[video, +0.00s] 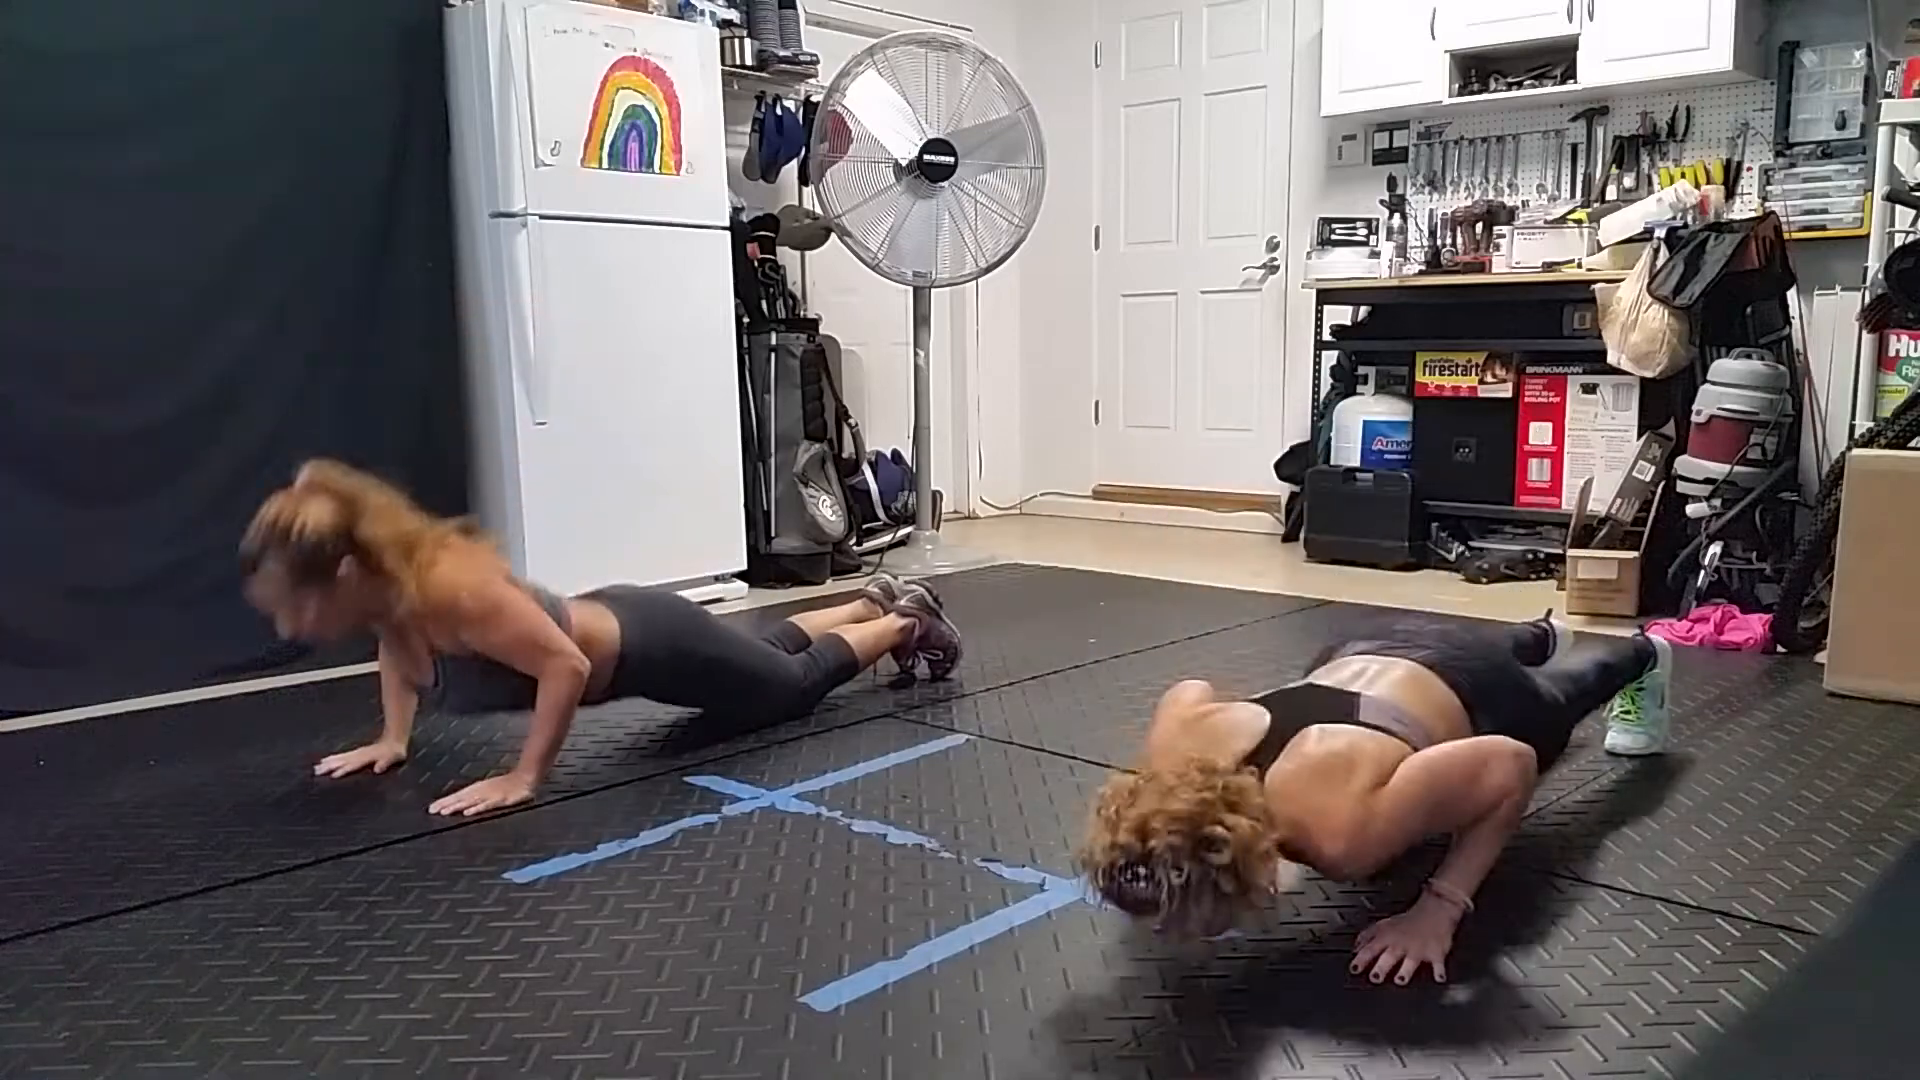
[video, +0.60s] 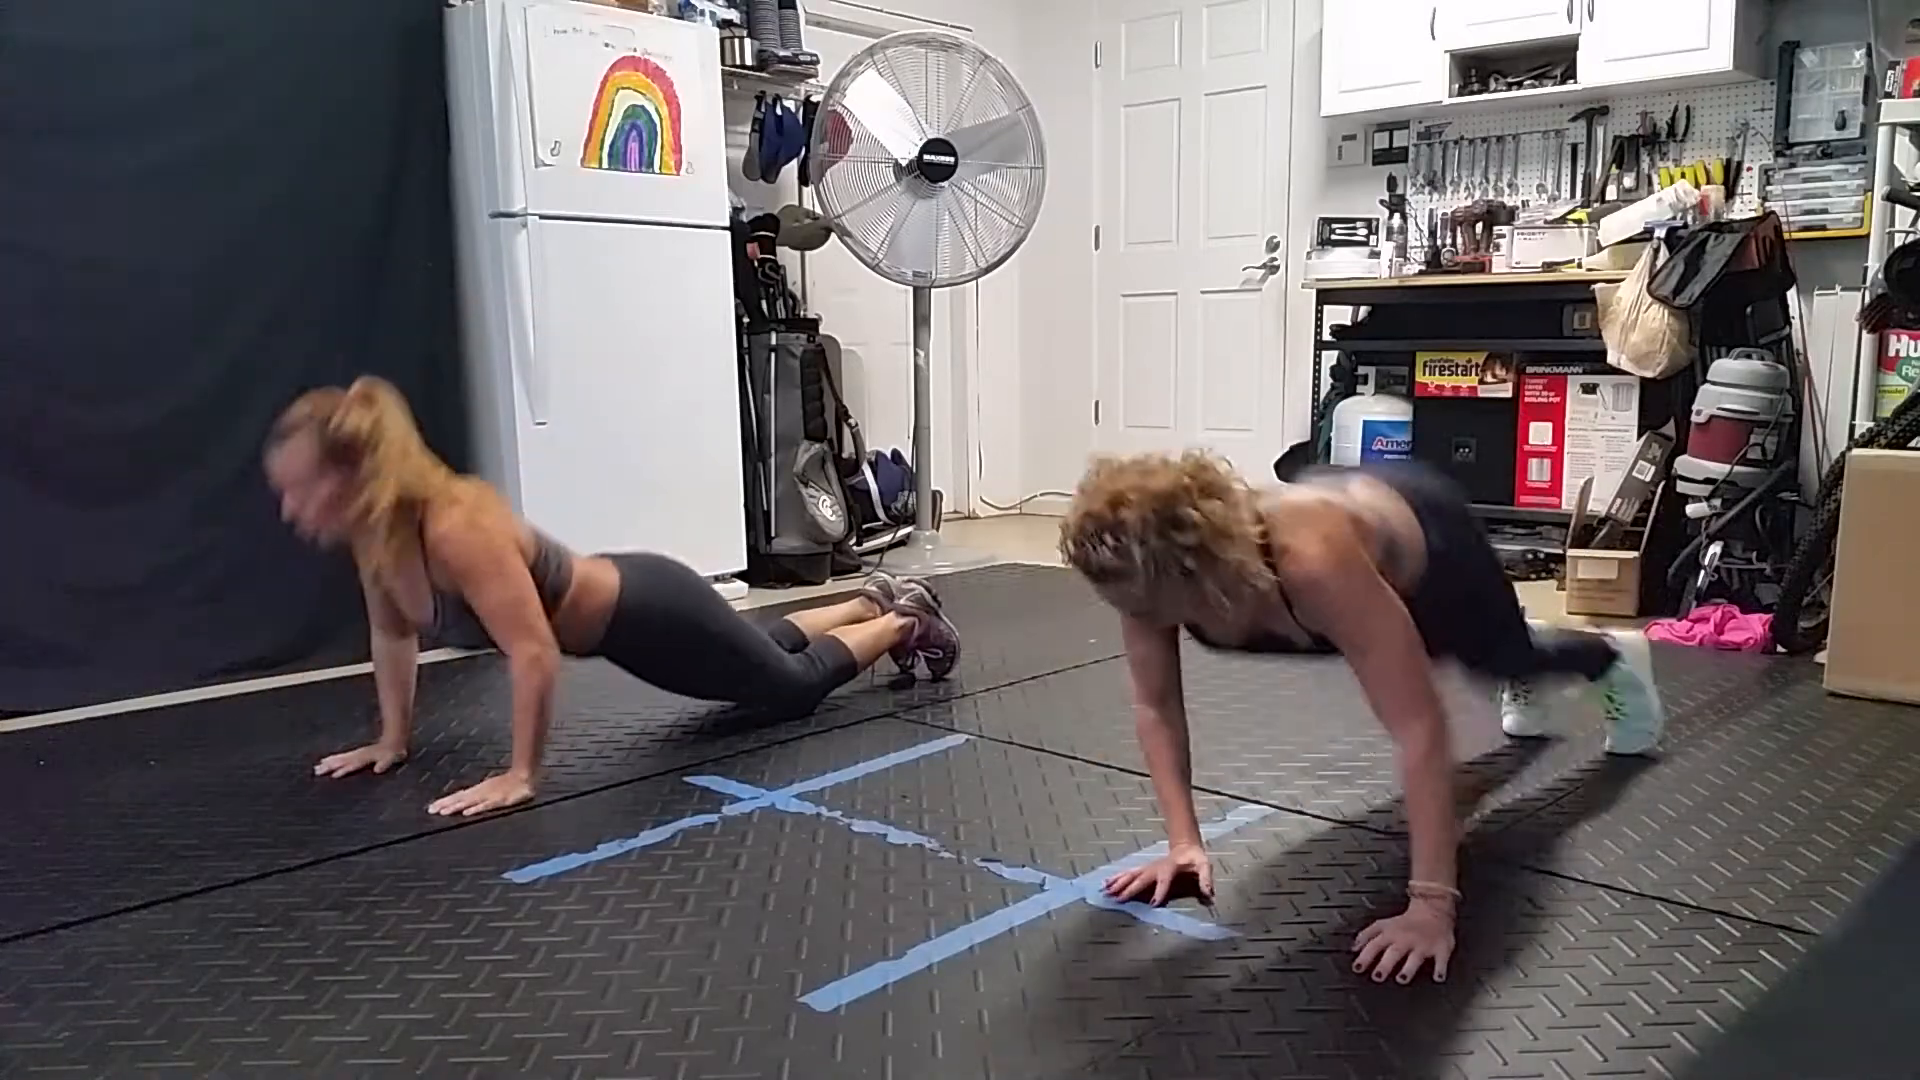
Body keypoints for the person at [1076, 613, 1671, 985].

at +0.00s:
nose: (1186, 938)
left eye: (1189, 922)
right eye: (1168, 928)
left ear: (1225, 868)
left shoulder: (1350, 830)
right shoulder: (1173, 749)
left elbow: (1510, 768)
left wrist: (1440, 906)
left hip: (1463, 690)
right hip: (1366, 642)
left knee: (1563, 685)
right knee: (1481, 637)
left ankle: (1640, 650)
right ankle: (1544, 628)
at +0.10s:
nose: (1149, 909)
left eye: (1161, 901)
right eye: (1134, 898)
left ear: (1213, 864)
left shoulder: (1341, 811)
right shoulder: (1179, 713)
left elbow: (1506, 765)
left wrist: (1439, 907)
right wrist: (1151, 852)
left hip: (1469, 682)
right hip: (1375, 636)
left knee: (1568, 716)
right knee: (1481, 641)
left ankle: (1632, 651)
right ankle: (1541, 631)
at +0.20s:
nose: (1153, 825)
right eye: (1138, 821)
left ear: (1190, 787)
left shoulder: (1328, 747)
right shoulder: (1184, 691)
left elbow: (1499, 758)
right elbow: (1160, 752)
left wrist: (1438, 907)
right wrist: (1186, 846)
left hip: (1465, 658)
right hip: (1365, 624)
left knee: (1555, 761)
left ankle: (1627, 651)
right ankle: (1541, 636)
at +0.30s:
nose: (1145, 736)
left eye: (1144, 721)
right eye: (1138, 725)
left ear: (1183, 704)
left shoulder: (1323, 673)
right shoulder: (1184, 664)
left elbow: (1483, 754)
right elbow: (1172, 737)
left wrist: (1437, 906)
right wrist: (1183, 842)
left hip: (1461, 644)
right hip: (1372, 626)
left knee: (1550, 763)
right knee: (1485, 657)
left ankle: (1623, 650)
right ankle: (1548, 635)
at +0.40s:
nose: (1148, 672)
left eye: (1154, 650)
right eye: (1141, 654)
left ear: (1196, 619)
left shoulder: (1334, 615)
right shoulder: (1175, 626)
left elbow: (1465, 743)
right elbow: (1169, 718)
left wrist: (1434, 907)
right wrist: (1183, 843)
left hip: (1456, 647)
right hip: (1362, 683)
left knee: (1544, 767)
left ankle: (1624, 653)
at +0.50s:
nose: (1143, 626)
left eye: (1149, 610)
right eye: (1137, 613)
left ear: (1198, 586)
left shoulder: (1328, 578)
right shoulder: (1158, 590)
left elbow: (1450, 739)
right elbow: (1163, 706)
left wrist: (1433, 906)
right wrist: (1183, 843)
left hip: (1445, 610)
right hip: (1352, 650)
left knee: (1524, 744)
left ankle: (1625, 653)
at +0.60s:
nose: (1126, 613)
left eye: (1132, 597)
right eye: (1121, 600)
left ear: (1184, 573)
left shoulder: (1311, 559)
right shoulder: (1148, 571)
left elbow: (1420, 731)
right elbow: (1156, 705)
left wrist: (1430, 903)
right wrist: (1183, 840)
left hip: (1431, 526)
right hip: (1348, 500)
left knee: (1511, 655)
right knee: (1441, 637)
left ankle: (1611, 658)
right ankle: (1522, 690)